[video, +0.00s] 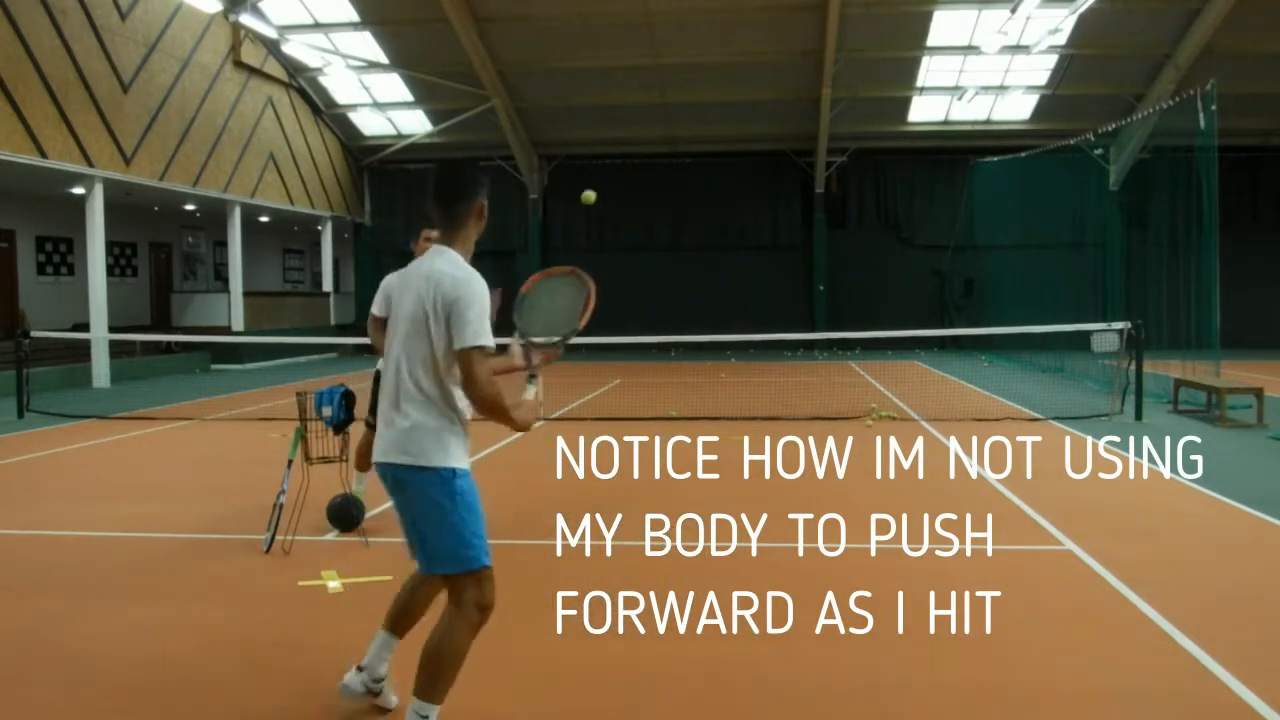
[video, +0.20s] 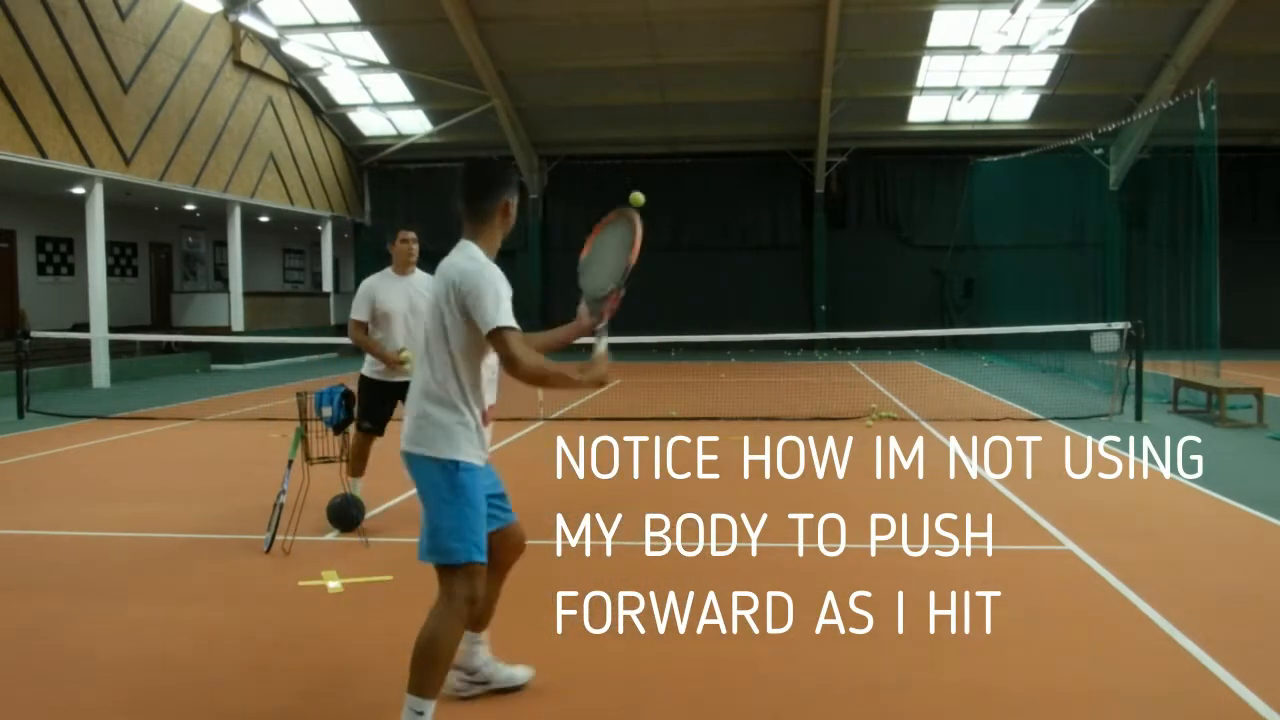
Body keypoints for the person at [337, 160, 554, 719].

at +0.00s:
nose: (487, 215)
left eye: (483, 207)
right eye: (486, 208)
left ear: (435, 212)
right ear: (480, 212)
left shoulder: (406, 277)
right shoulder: (465, 282)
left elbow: (430, 366)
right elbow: (478, 387)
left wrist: (512, 358)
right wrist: (515, 417)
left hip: (397, 452)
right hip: (433, 457)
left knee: (436, 565)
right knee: (475, 598)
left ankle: (369, 671)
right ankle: (421, 712)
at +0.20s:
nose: (516, 215)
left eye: (512, 205)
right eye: (516, 206)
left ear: (467, 208)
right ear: (507, 209)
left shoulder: (459, 267)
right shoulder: (478, 273)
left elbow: (509, 347)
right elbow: (522, 365)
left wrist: (580, 326)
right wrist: (583, 379)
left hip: (459, 443)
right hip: (446, 447)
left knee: (507, 542)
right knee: (460, 591)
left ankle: (470, 662)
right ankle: (415, 712)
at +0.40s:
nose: (550, 233)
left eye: (550, 226)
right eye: (549, 224)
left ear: (510, 226)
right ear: (538, 227)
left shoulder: (538, 284)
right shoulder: (491, 283)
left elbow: (602, 324)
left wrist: (643, 284)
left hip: (510, 454)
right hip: (477, 454)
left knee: (548, 552)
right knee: (496, 588)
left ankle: (491, 664)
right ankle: (428, 709)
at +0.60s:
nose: (594, 236)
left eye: (600, 229)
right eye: (589, 225)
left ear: (600, 232)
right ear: (563, 221)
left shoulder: (592, 269)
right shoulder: (525, 260)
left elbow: (644, 303)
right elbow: (492, 289)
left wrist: (692, 278)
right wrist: (553, 262)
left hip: (547, 427)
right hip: (512, 426)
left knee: (565, 546)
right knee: (571, 544)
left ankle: (494, 652)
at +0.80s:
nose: (642, 263)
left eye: (643, 255)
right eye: (638, 254)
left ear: (618, 258)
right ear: (618, 256)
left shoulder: (631, 299)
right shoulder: (565, 294)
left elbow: (683, 334)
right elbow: (514, 334)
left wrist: (753, 351)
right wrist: (532, 322)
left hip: (573, 441)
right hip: (544, 442)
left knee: (613, 524)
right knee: (633, 540)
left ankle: (567, 611)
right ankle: (624, 680)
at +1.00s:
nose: (664, 280)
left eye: (664, 271)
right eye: (658, 270)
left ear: (648, 273)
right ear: (632, 270)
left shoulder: (655, 314)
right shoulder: (588, 320)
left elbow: (711, 352)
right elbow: (565, 380)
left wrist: (778, 393)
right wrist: (550, 417)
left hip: (600, 442)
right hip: (565, 445)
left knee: (656, 522)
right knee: (631, 535)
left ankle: (613, 610)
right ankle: (625, 678)